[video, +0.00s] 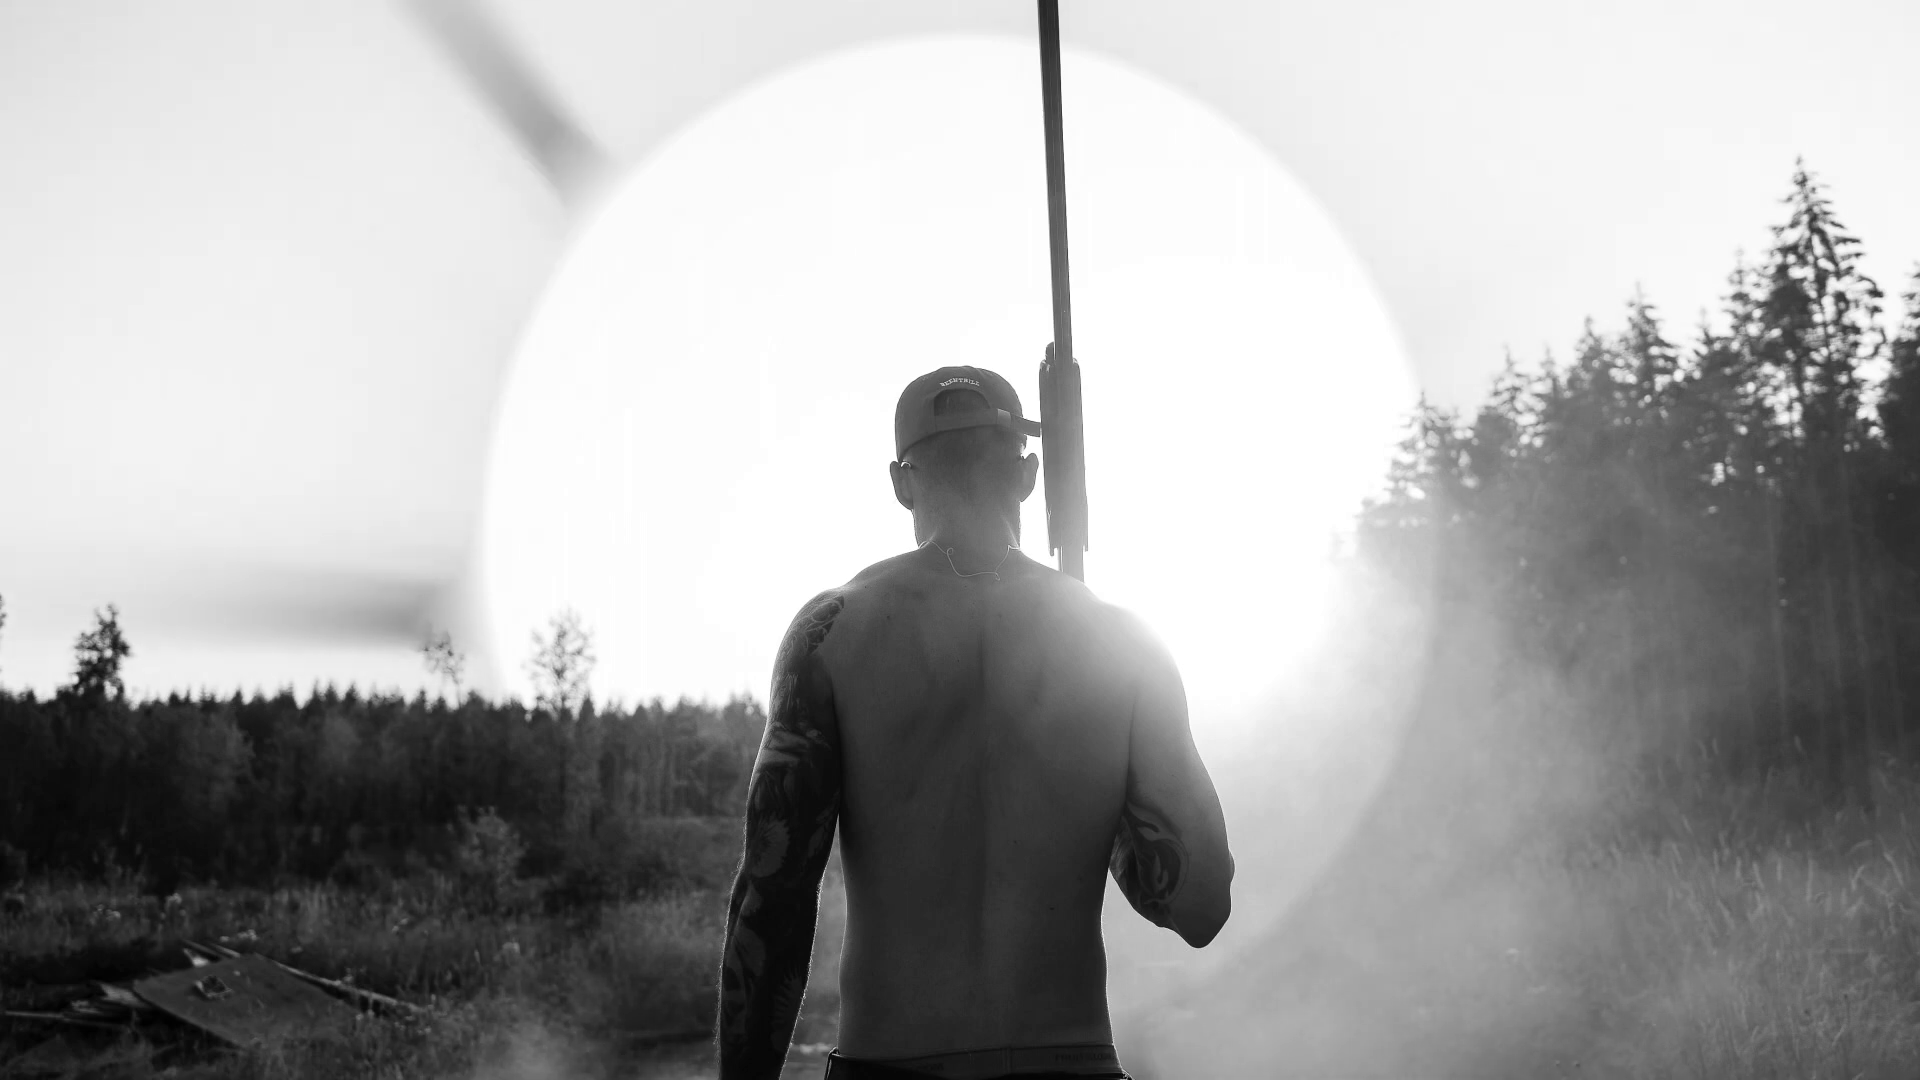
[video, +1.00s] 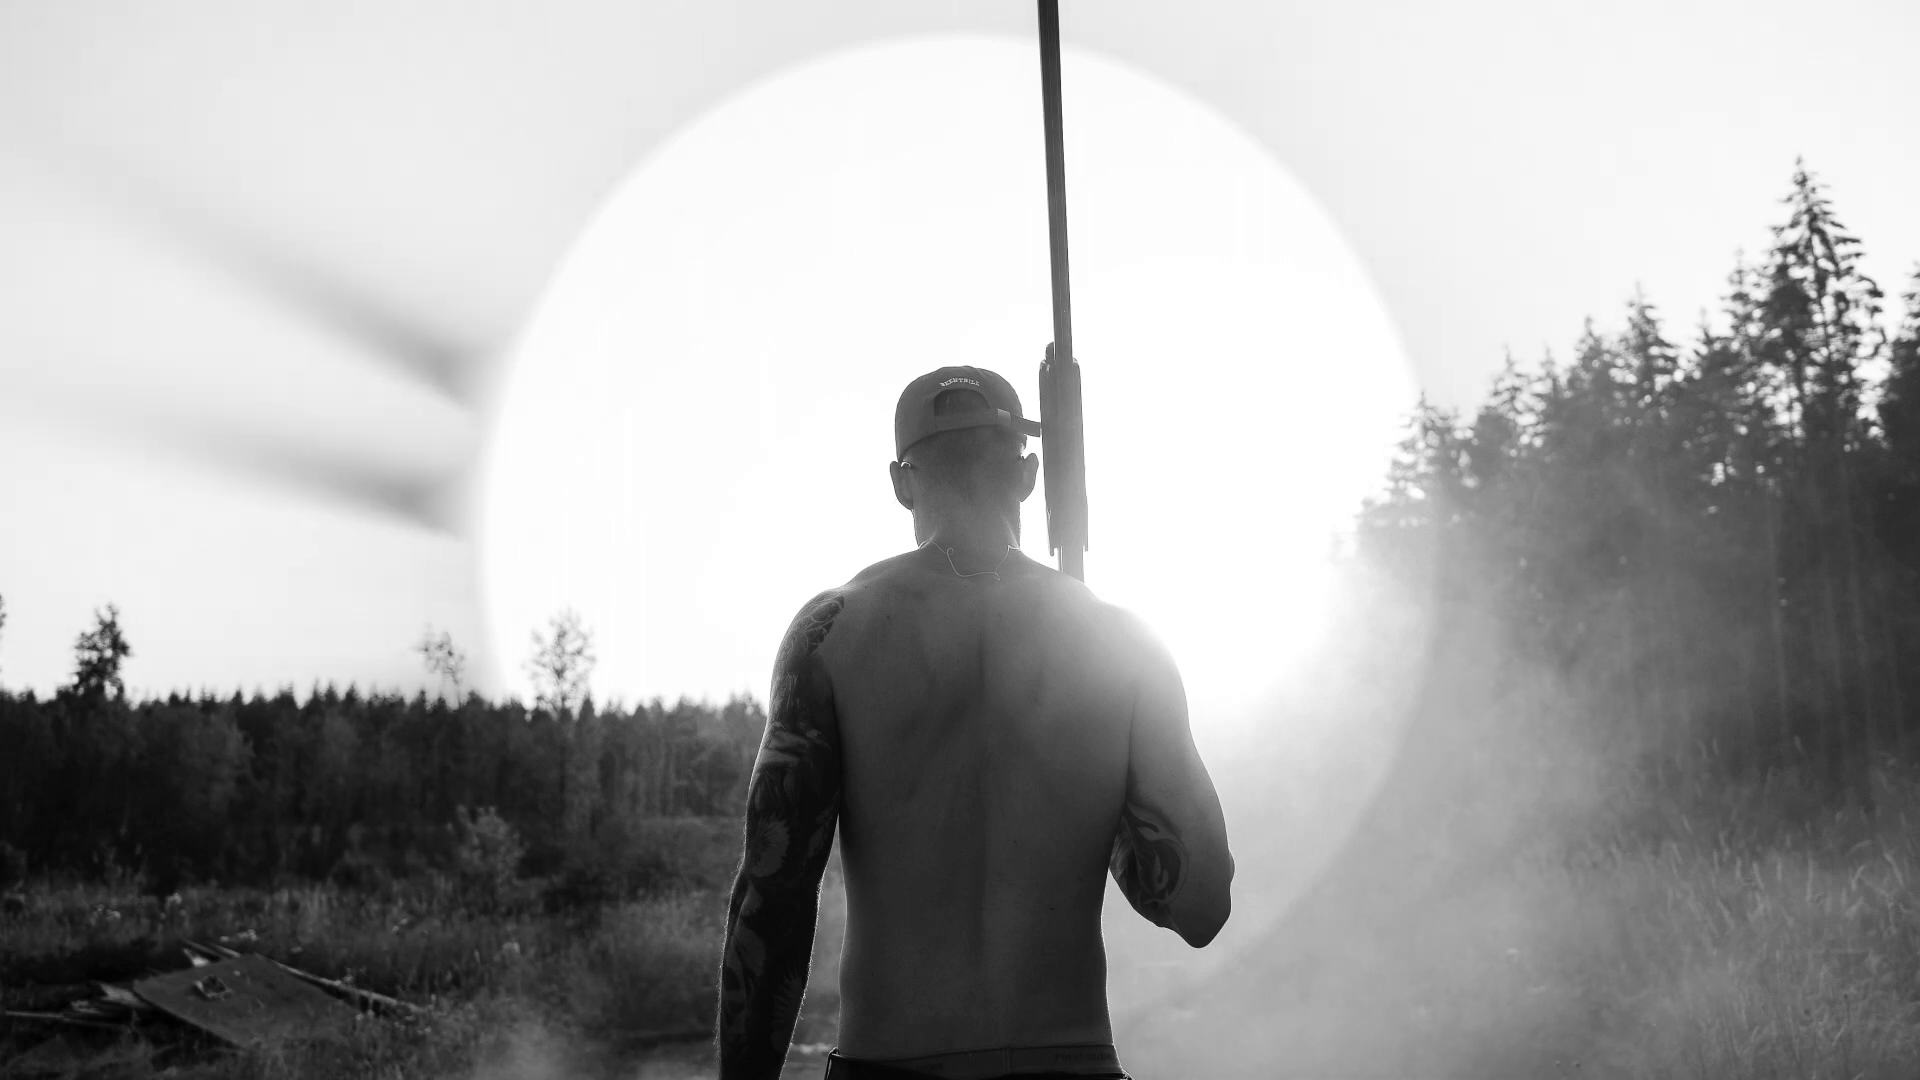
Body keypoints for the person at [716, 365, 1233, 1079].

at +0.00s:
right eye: (1017, 450)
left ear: (903, 486)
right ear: (1027, 476)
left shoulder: (832, 630)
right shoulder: (1121, 641)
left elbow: (773, 884)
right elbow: (1201, 904)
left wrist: (747, 1063)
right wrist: (1102, 803)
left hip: (887, 1045)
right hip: (1067, 1045)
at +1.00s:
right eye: (1018, 452)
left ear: (902, 484)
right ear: (1027, 476)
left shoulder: (832, 630)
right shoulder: (1121, 641)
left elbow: (773, 886)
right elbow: (1201, 904)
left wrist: (748, 1063)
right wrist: (1101, 804)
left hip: (885, 1045)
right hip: (1066, 1045)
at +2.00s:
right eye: (1015, 448)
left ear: (903, 486)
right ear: (1028, 477)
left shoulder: (831, 630)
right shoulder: (1121, 641)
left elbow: (773, 885)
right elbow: (1201, 905)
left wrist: (747, 1062)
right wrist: (1101, 800)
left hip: (886, 1046)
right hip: (1068, 1046)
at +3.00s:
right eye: (1015, 448)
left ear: (903, 486)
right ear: (1028, 477)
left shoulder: (831, 630)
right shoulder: (1121, 641)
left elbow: (773, 886)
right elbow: (1201, 905)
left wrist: (747, 1063)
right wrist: (1101, 800)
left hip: (886, 1046)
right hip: (1068, 1046)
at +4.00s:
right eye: (1015, 449)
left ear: (903, 486)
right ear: (1028, 477)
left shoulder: (831, 630)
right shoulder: (1121, 641)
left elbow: (773, 885)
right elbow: (1201, 905)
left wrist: (747, 1062)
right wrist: (1101, 800)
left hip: (886, 1046)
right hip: (1068, 1046)